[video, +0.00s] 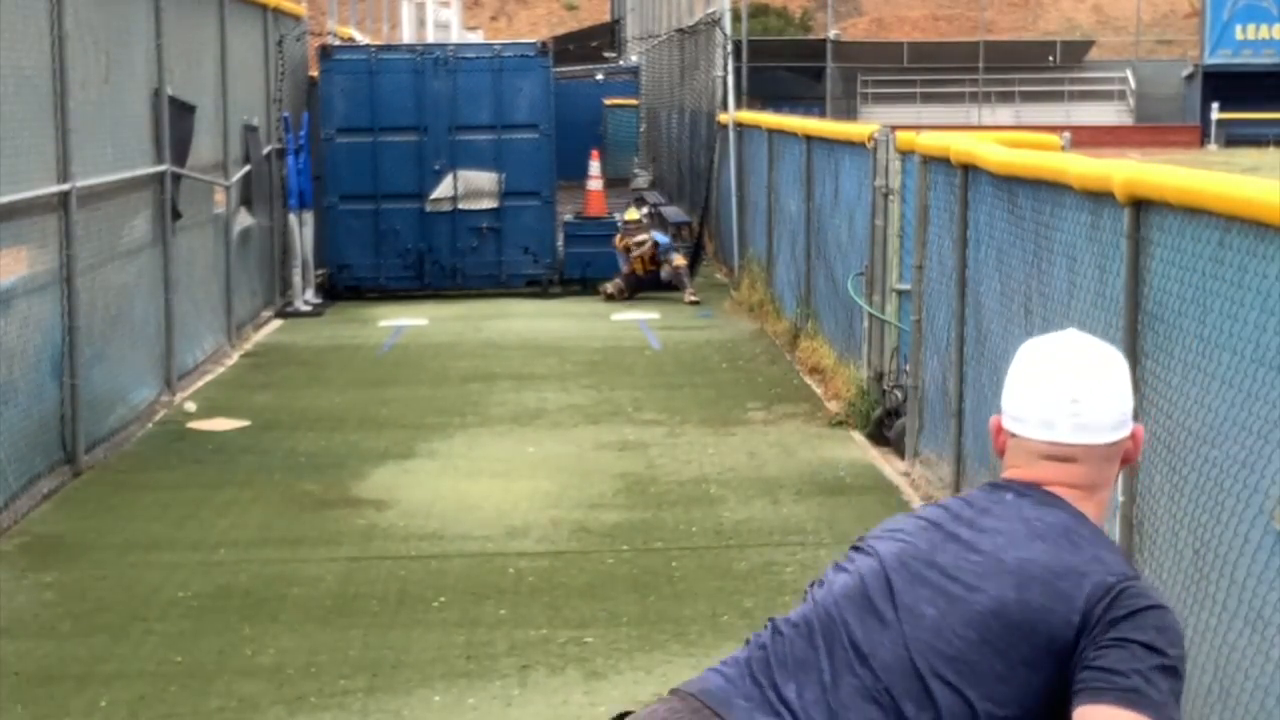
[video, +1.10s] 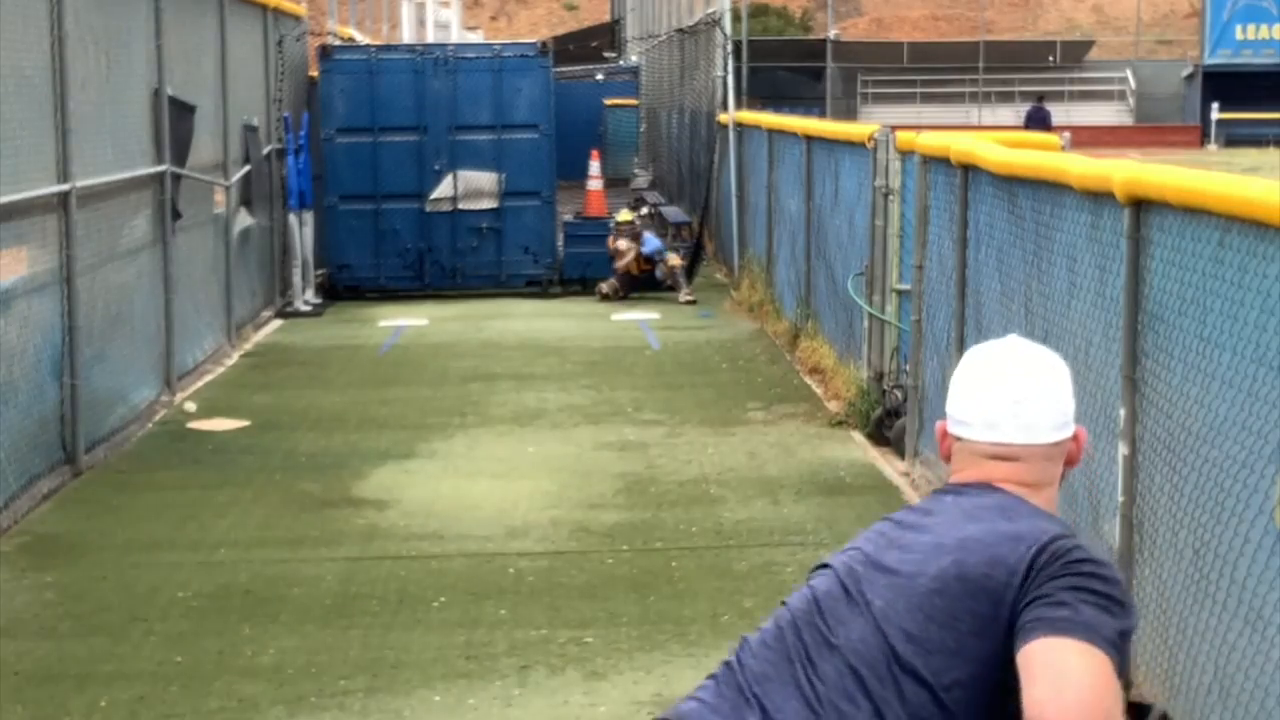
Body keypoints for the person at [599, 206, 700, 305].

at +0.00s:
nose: (633, 229)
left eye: (636, 225)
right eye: (629, 225)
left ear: (643, 225)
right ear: (624, 227)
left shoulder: (654, 237)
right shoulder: (621, 242)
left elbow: (668, 245)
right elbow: (625, 269)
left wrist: (652, 241)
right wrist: (623, 251)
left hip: (659, 274)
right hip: (637, 276)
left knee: (677, 259)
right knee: (622, 283)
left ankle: (688, 292)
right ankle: (612, 290)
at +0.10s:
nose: (631, 227)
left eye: (634, 223)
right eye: (627, 223)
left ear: (641, 223)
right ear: (623, 224)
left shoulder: (653, 235)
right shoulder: (620, 239)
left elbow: (670, 245)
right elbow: (623, 266)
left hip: (657, 274)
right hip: (636, 276)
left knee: (676, 260)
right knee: (621, 284)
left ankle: (689, 293)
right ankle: (612, 290)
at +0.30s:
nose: (627, 224)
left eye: (631, 220)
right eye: (623, 221)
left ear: (637, 219)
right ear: (617, 222)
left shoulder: (648, 230)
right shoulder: (614, 237)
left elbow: (670, 242)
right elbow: (615, 266)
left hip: (654, 269)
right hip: (631, 271)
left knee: (674, 263)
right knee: (619, 284)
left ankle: (688, 292)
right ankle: (612, 290)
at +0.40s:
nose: (629, 231)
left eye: (633, 227)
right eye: (625, 228)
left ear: (639, 227)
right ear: (619, 228)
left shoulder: (648, 238)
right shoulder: (615, 241)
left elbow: (664, 260)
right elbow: (619, 268)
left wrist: (646, 279)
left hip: (652, 274)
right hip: (629, 275)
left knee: (675, 260)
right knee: (604, 290)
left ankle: (685, 292)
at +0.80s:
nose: (629, 231)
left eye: (633, 227)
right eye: (625, 227)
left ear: (639, 227)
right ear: (620, 228)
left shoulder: (648, 239)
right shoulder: (614, 242)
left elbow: (664, 258)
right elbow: (615, 258)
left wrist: (644, 268)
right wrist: (622, 269)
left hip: (651, 274)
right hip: (629, 273)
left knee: (674, 261)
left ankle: (684, 292)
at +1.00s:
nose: (628, 228)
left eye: (631, 224)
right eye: (624, 224)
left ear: (637, 224)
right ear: (621, 226)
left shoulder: (647, 237)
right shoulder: (618, 241)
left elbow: (663, 252)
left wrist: (641, 255)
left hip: (653, 274)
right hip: (632, 276)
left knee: (672, 260)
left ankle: (684, 293)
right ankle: (610, 288)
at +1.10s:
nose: (625, 229)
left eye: (628, 225)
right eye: (621, 226)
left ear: (635, 226)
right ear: (616, 228)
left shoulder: (645, 237)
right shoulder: (613, 241)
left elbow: (658, 247)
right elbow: (618, 267)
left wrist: (638, 251)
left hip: (652, 275)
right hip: (630, 277)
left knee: (672, 260)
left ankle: (684, 292)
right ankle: (608, 289)